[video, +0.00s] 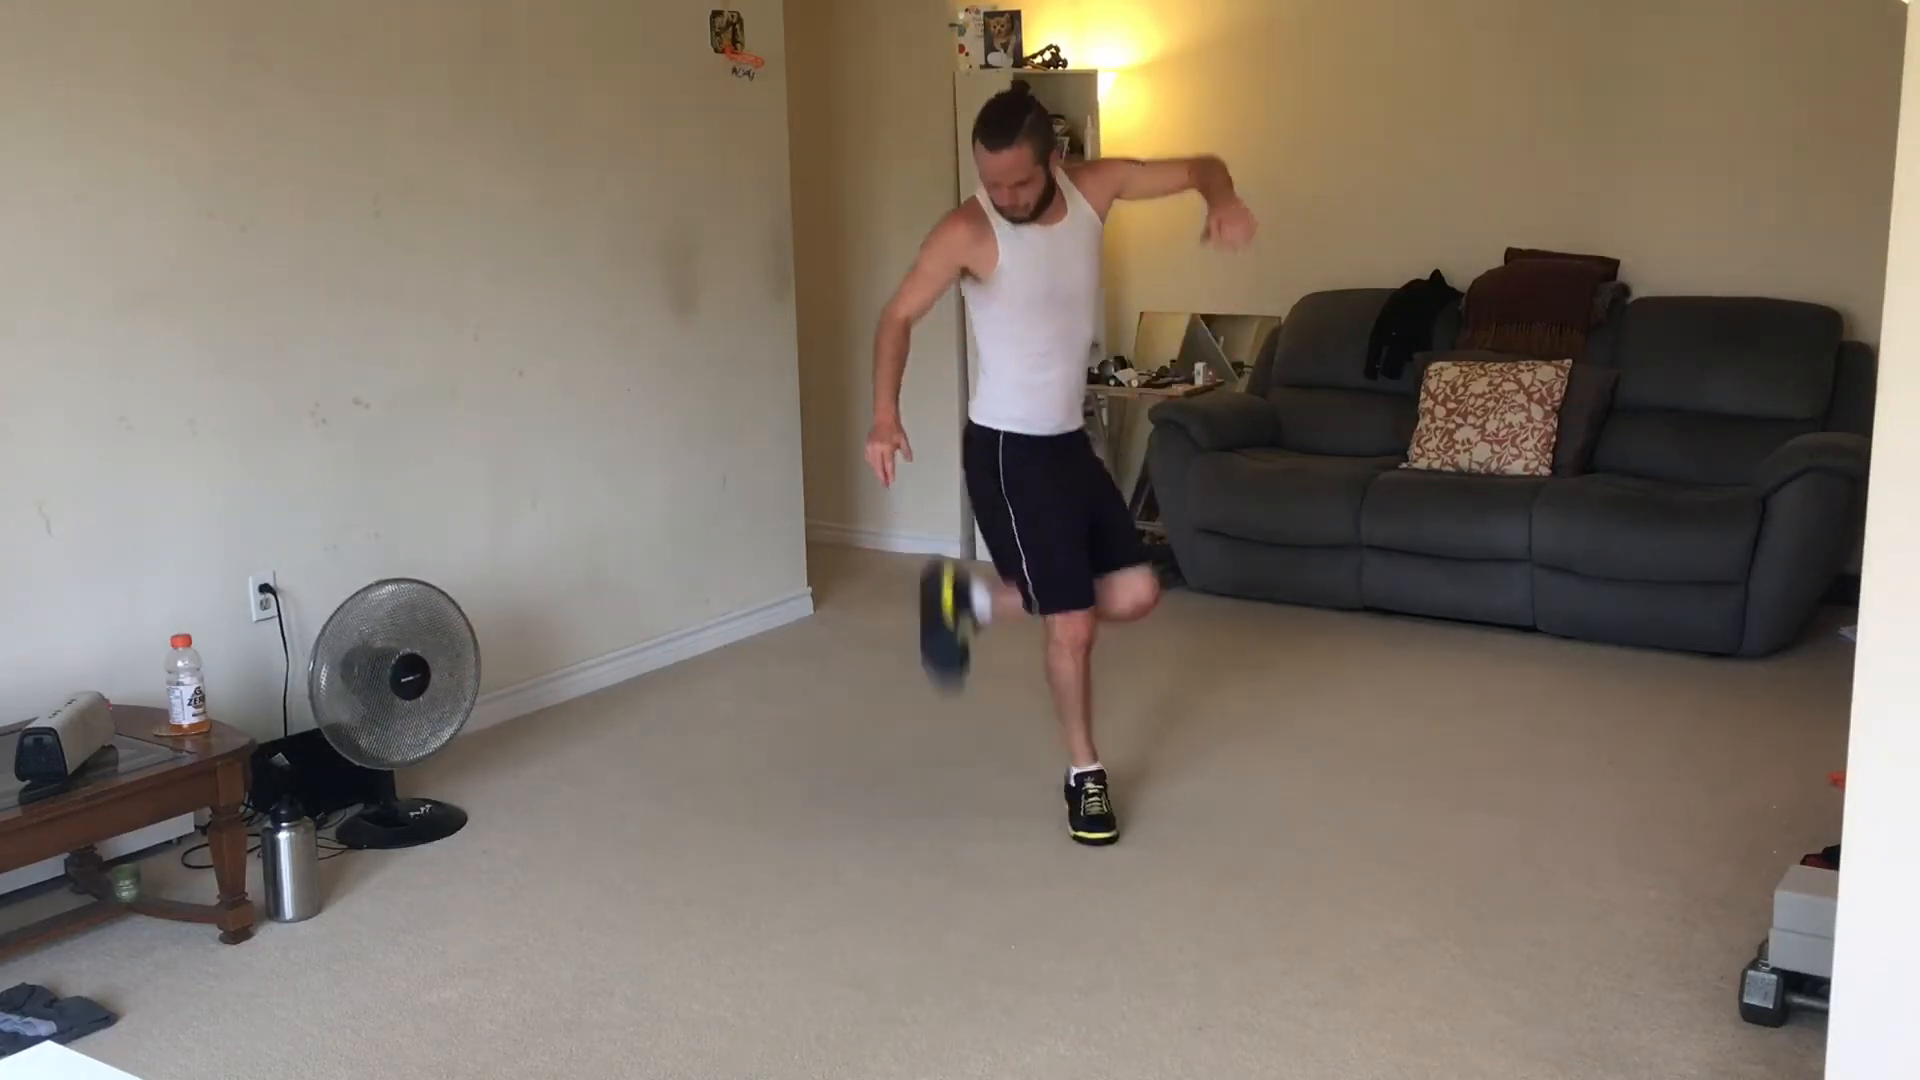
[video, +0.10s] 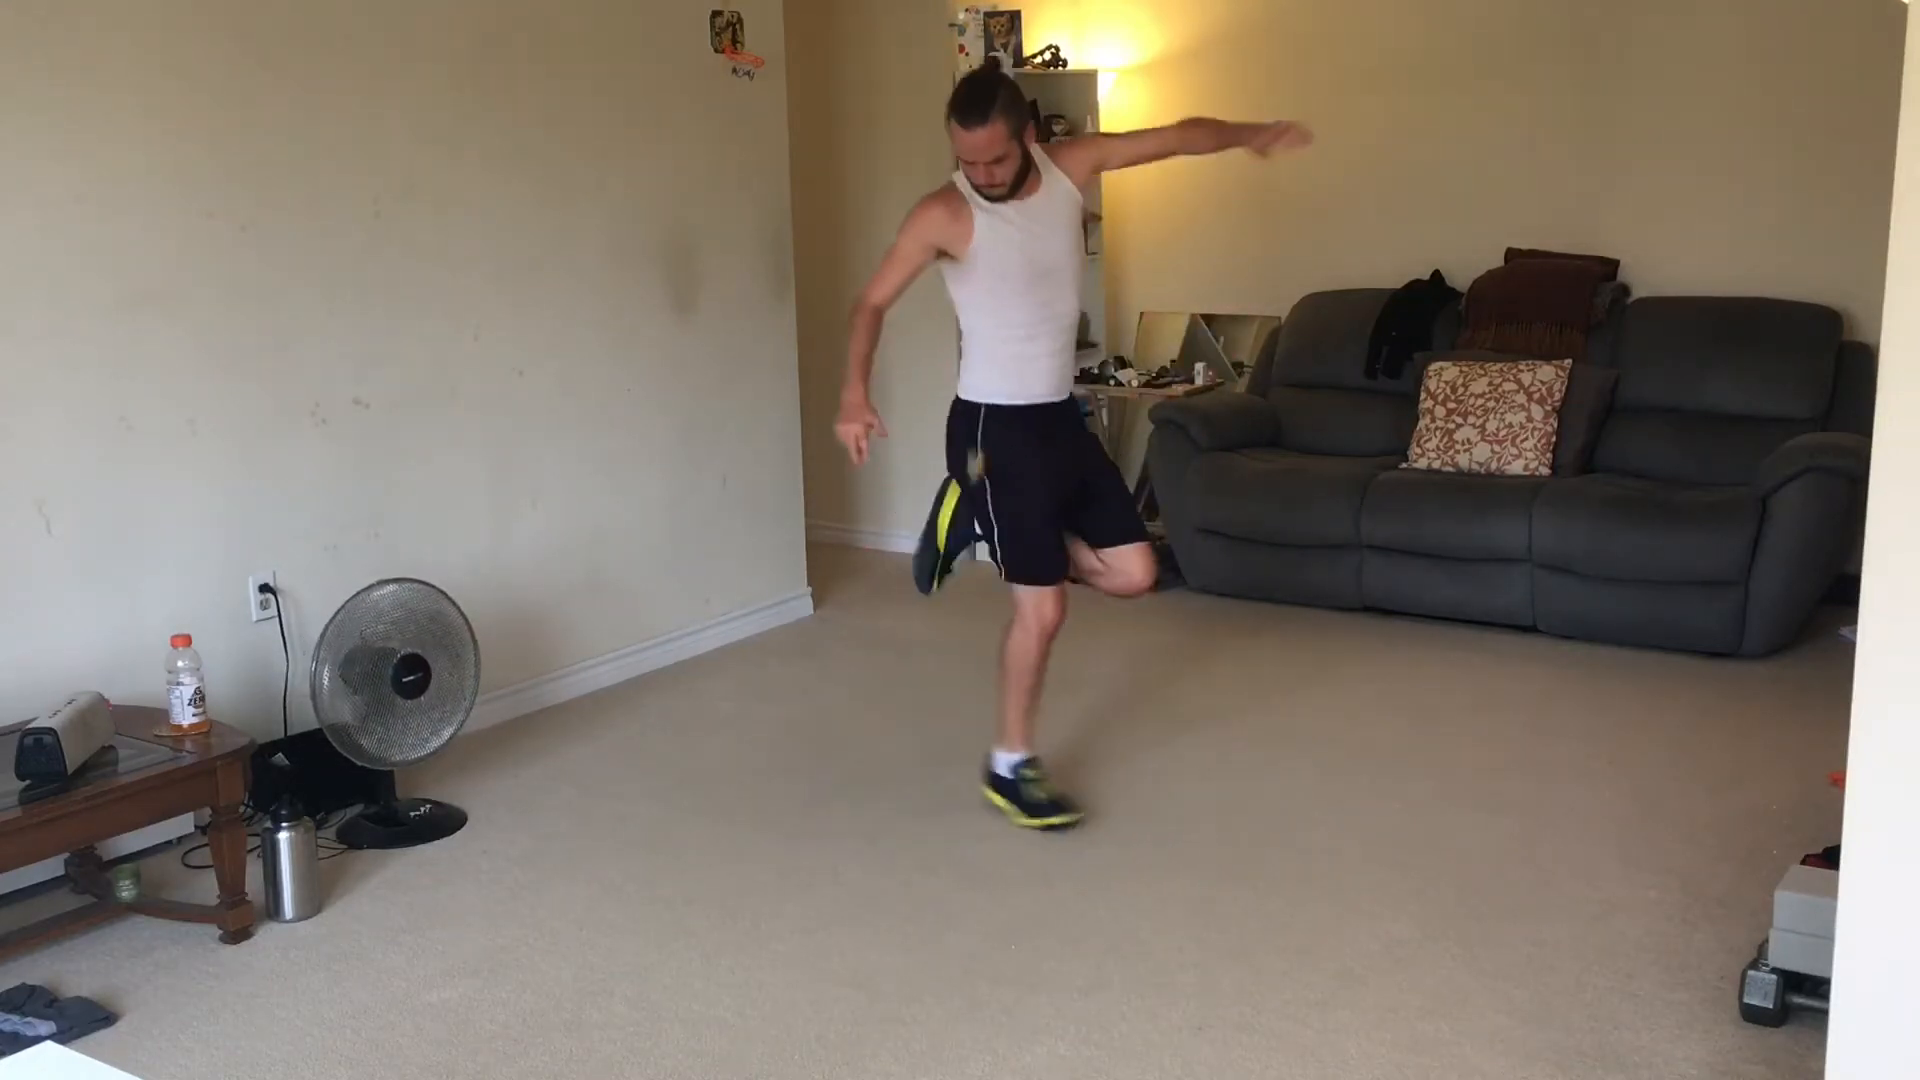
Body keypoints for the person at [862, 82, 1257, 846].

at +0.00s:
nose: (1006, 196)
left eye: (1019, 182)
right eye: (992, 183)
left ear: (1051, 157)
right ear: (976, 165)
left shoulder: (1094, 185)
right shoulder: (963, 234)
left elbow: (1203, 166)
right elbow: (897, 319)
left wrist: (1222, 198)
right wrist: (885, 411)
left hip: (1069, 438)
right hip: (1005, 446)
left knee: (1134, 592)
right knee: (1071, 619)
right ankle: (1085, 771)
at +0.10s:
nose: (982, 174)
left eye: (995, 158)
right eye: (967, 160)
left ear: (1027, 133)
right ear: (952, 144)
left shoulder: (1072, 163)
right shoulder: (943, 215)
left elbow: (1175, 138)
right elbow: (870, 306)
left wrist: (1248, 135)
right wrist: (854, 392)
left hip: (1062, 417)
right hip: (994, 426)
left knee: (1131, 572)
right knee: (1040, 606)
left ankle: (981, 518)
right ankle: (1010, 765)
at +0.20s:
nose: (949, 195)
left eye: (958, 177)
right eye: (932, 187)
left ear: (982, 150)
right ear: (913, 175)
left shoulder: (1043, 178)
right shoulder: (917, 246)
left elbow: (1150, 163)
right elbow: (843, 335)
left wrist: (1258, 161)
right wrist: (832, 392)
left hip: (1073, 428)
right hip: (991, 444)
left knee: (1127, 598)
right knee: (992, 626)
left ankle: (1009, 585)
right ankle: (930, 752)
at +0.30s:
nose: (927, 272)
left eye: (931, 253)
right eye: (908, 268)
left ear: (946, 215)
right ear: (890, 256)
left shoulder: (1026, 230)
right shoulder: (901, 300)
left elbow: (1123, 250)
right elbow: (844, 366)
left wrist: (1218, 269)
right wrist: (838, 391)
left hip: (1066, 468)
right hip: (976, 479)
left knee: (1102, 641)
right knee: (953, 643)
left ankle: (1039, 676)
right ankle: (908, 765)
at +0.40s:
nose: (980, 319)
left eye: (986, 308)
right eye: (966, 314)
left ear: (1000, 266)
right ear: (943, 290)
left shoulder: (1054, 254)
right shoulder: (920, 297)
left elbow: (1123, 287)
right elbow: (841, 371)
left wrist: (1205, 332)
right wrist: (836, 421)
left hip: (1061, 468)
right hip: (970, 473)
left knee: (1103, 633)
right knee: (951, 631)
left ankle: (1057, 735)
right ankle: (908, 763)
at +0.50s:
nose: (1071, 313)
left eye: (1082, 305)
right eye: (1064, 302)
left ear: (1089, 271)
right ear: (1038, 266)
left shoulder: (1086, 254)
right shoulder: (967, 282)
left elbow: (1174, 269)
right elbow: (858, 347)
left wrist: (1256, 300)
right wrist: (797, 426)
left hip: (1046, 453)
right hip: (970, 462)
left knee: (1106, 611)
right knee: (1015, 632)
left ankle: (1057, 739)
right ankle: (934, 750)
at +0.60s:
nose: (1095, 278)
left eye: (1106, 269)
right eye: (1091, 264)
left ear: (1119, 244)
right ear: (1063, 228)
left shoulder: (1093, 248)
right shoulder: (985, 259)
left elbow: (1185, 271)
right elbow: (865, 304)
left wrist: (1214, 275)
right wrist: (756, 336)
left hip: (1038, 450)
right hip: (981, 460)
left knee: (1119, 589)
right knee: (1121, 570)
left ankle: (1063, 726)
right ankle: (1032, 695)